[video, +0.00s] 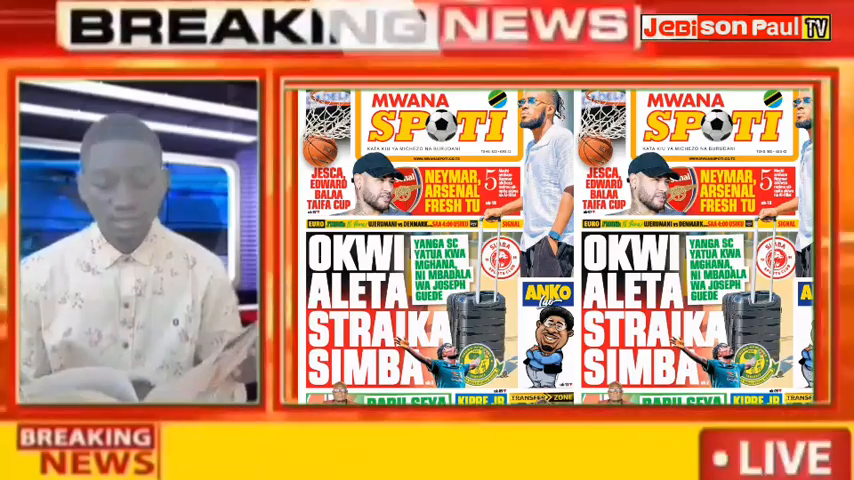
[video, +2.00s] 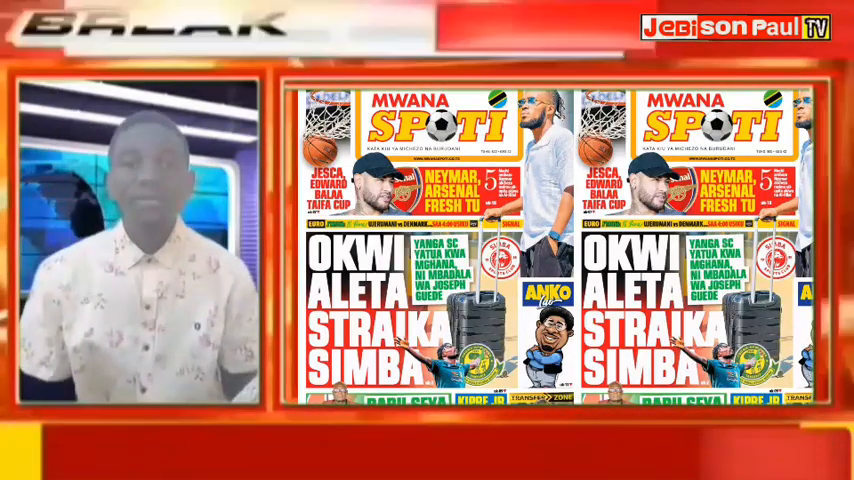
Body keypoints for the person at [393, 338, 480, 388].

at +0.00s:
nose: (453, 348)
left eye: (453, 347)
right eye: (449, 348)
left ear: (456, 352)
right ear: (443, 354)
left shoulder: (462, 367)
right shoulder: (439, 365)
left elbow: (474, 365)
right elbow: (423, 359)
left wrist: (478, 360)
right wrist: (408, 348)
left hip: (461, 403)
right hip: (445, 403)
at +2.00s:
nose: (453, 348)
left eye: (453, 347)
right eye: (449, 347)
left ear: (456, 352)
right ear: (443, 354)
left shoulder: (462, 367)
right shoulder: (439, 365)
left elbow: (474, 365)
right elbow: (423, 359)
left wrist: (478, 360)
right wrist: (407, 348)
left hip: (461, 403)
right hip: (444, 403)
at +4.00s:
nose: (453, 348)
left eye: (453, 347)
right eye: (449, 347)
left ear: (455, 351)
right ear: (443, 354)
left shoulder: (462, 367)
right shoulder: (439, 365)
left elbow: (474, 365)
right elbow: (423, 359)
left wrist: (478, 361)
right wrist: (408, 348)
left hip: (461, 402)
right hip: (444, 403)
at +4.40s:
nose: (453, 348)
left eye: (453, 347)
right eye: (449, 347)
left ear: (455, 352)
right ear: (443, 354)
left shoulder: (462, 367)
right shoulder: (439, 365)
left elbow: (474, 365)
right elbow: (423, 359)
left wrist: (478, 361)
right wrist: (408, 348)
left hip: (461, 403)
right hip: (444, 403)